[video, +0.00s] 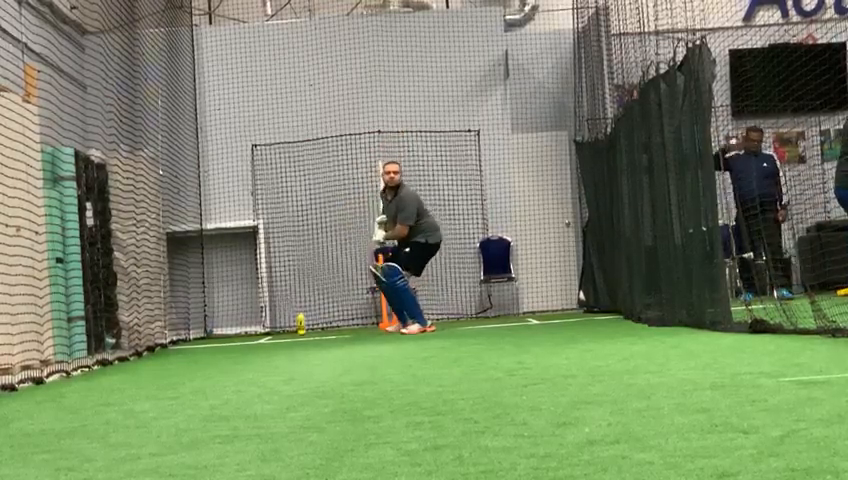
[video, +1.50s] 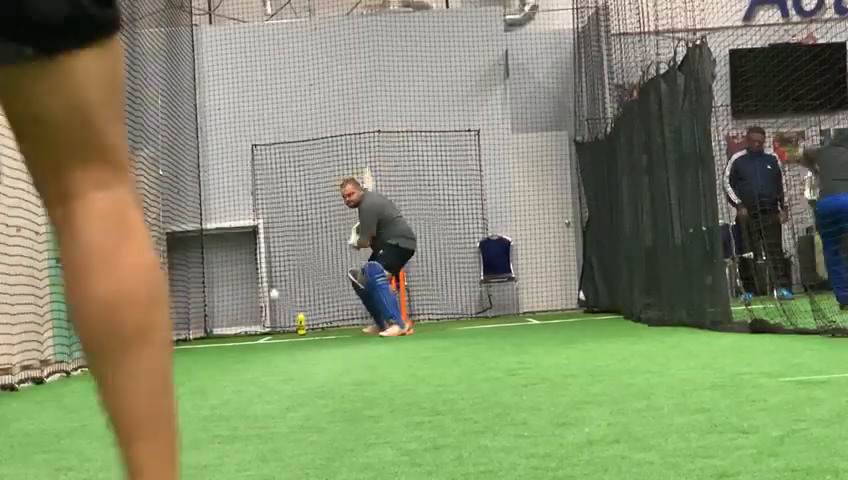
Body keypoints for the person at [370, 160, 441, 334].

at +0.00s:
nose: (391, 176)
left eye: (395, 173)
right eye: (388, 173)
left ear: (400, 175)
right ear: (383, 176)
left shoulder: (406, 196)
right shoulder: (385, 195)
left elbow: (402, 231)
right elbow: (391, 219)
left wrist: (384, 235)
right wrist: (383, 223)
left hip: (426, 239)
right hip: (410, 238)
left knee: (398, 275)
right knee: (387, 272)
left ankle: (419, 321)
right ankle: (403, 320)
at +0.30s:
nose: (389, 181)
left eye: (393, 177)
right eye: (385, 178)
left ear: (398, 179)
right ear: (380, 181)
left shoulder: (405, 200)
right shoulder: (382, 199)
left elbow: (405, 234)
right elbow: (391, 222)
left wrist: (385, 243)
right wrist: (384, 229)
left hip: (426, 240)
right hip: (408, 240)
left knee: (400, 275)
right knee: (388, 272)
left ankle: (417, 321)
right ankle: (403, 320)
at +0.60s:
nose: (384, 170)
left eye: (388, 167)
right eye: (380, 167)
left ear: (394, 169)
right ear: (375, 170)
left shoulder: (401, 189)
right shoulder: (379, 189)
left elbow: (404, 222)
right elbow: (387, 214)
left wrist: (387, 232)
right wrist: (381, 223)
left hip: (423, 232)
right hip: (405, 233)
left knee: (402, 271)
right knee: (390, 269)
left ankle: (420, 321)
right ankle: (404, 319)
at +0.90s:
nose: (378, 172)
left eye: (381, 169)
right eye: (374, 170)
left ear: (388, 170)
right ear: (370, 173)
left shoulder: (394, 189)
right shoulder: (374, 191)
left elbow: (400, 222)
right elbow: (385, 217)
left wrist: (384, 234)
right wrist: (380, 228)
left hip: (417, 231)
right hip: (400, 233)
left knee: (395, 271)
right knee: (384, 271)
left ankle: (416, 320)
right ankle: (402, 319)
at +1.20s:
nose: (362, 186)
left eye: (366, 182)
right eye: (359, 184)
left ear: (375, 180)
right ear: (356, 185)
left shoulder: (380, 198)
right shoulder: (375, 196)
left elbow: (379, 232)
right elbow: (374, 217)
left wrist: (371, 237)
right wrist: (371, 225)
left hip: (408, 239)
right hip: (400, 238)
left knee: (381, 270)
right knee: (374, 280)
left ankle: (399, 323)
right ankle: (405, 319)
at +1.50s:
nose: (347, 200)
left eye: (350, 195)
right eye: (344, 197)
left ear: (360, 190)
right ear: (342, 197)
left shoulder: (367, 205)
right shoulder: (369, 199)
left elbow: (365, 241)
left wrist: (357, 243)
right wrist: (364, 227)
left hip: (399, 243)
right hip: (391, 243)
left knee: (373, 272)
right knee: (360, 279)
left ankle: (398, 324)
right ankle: (382, 324)